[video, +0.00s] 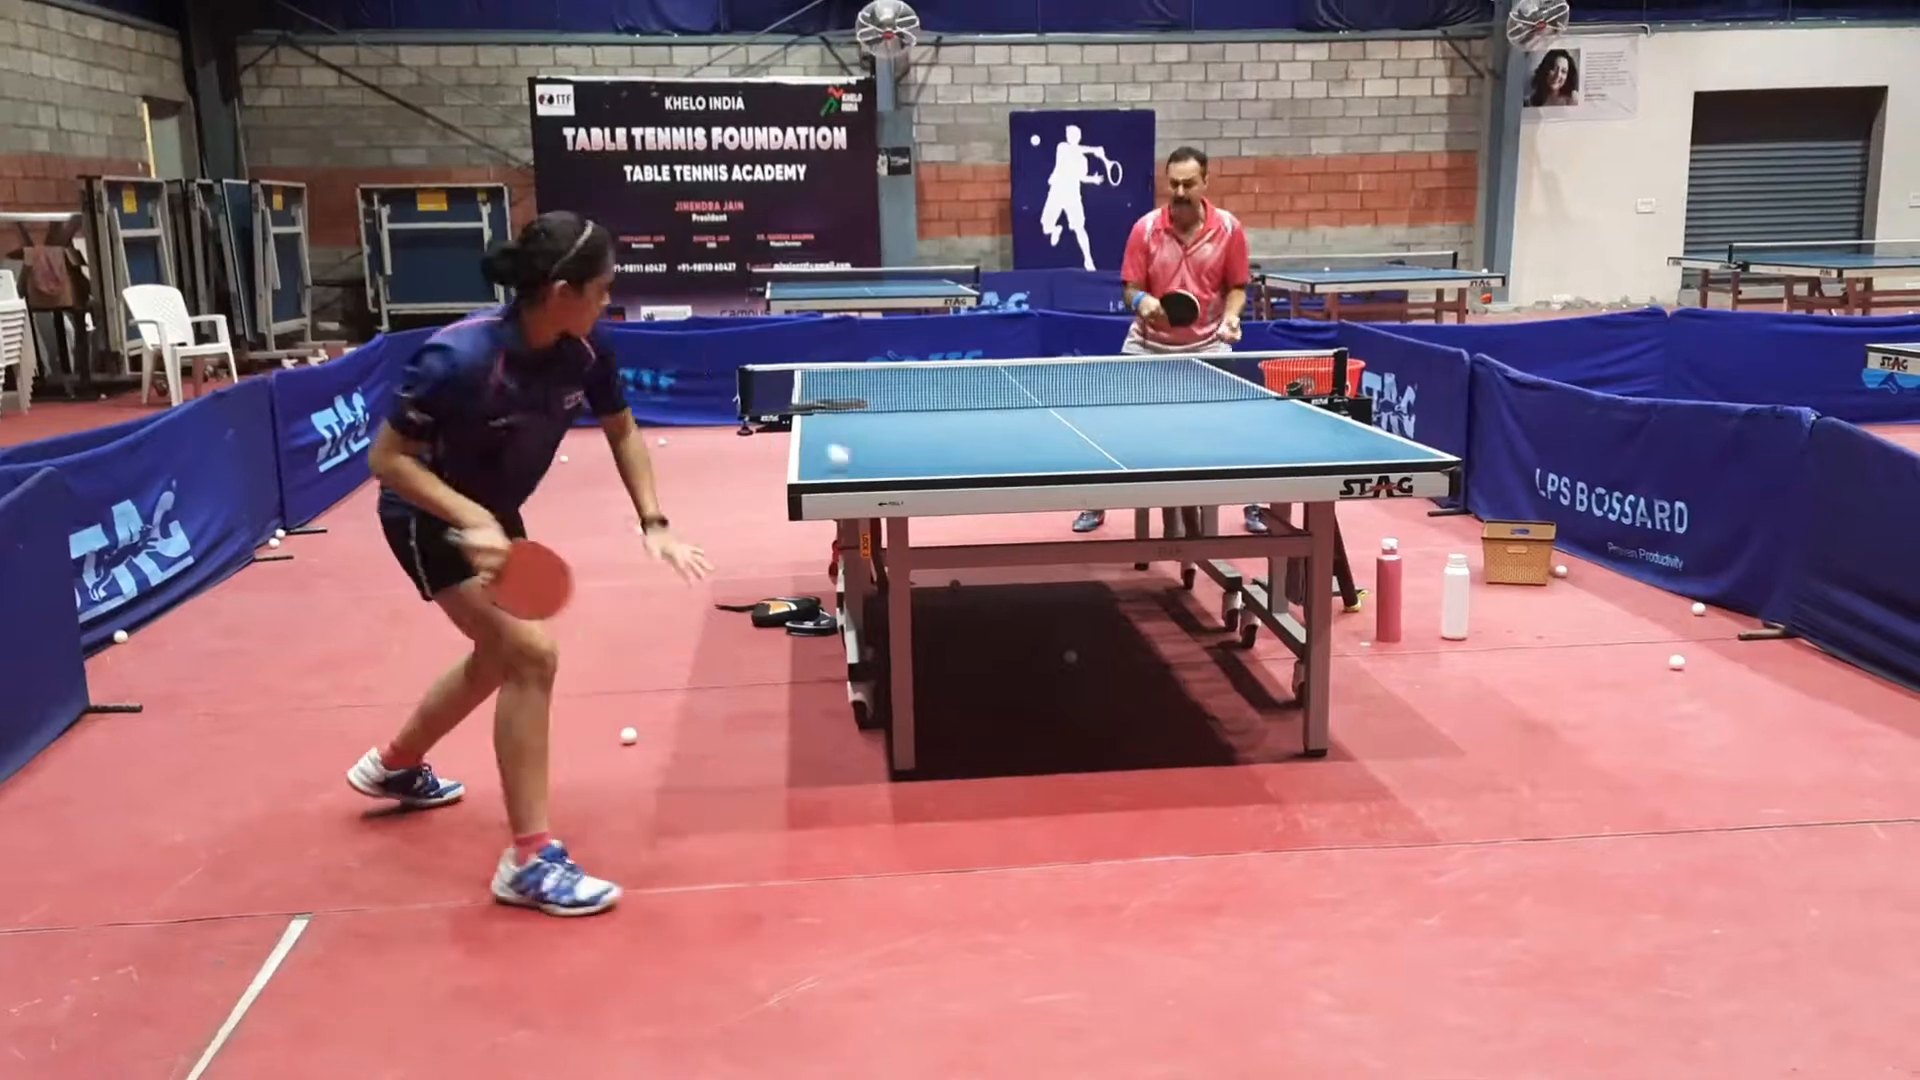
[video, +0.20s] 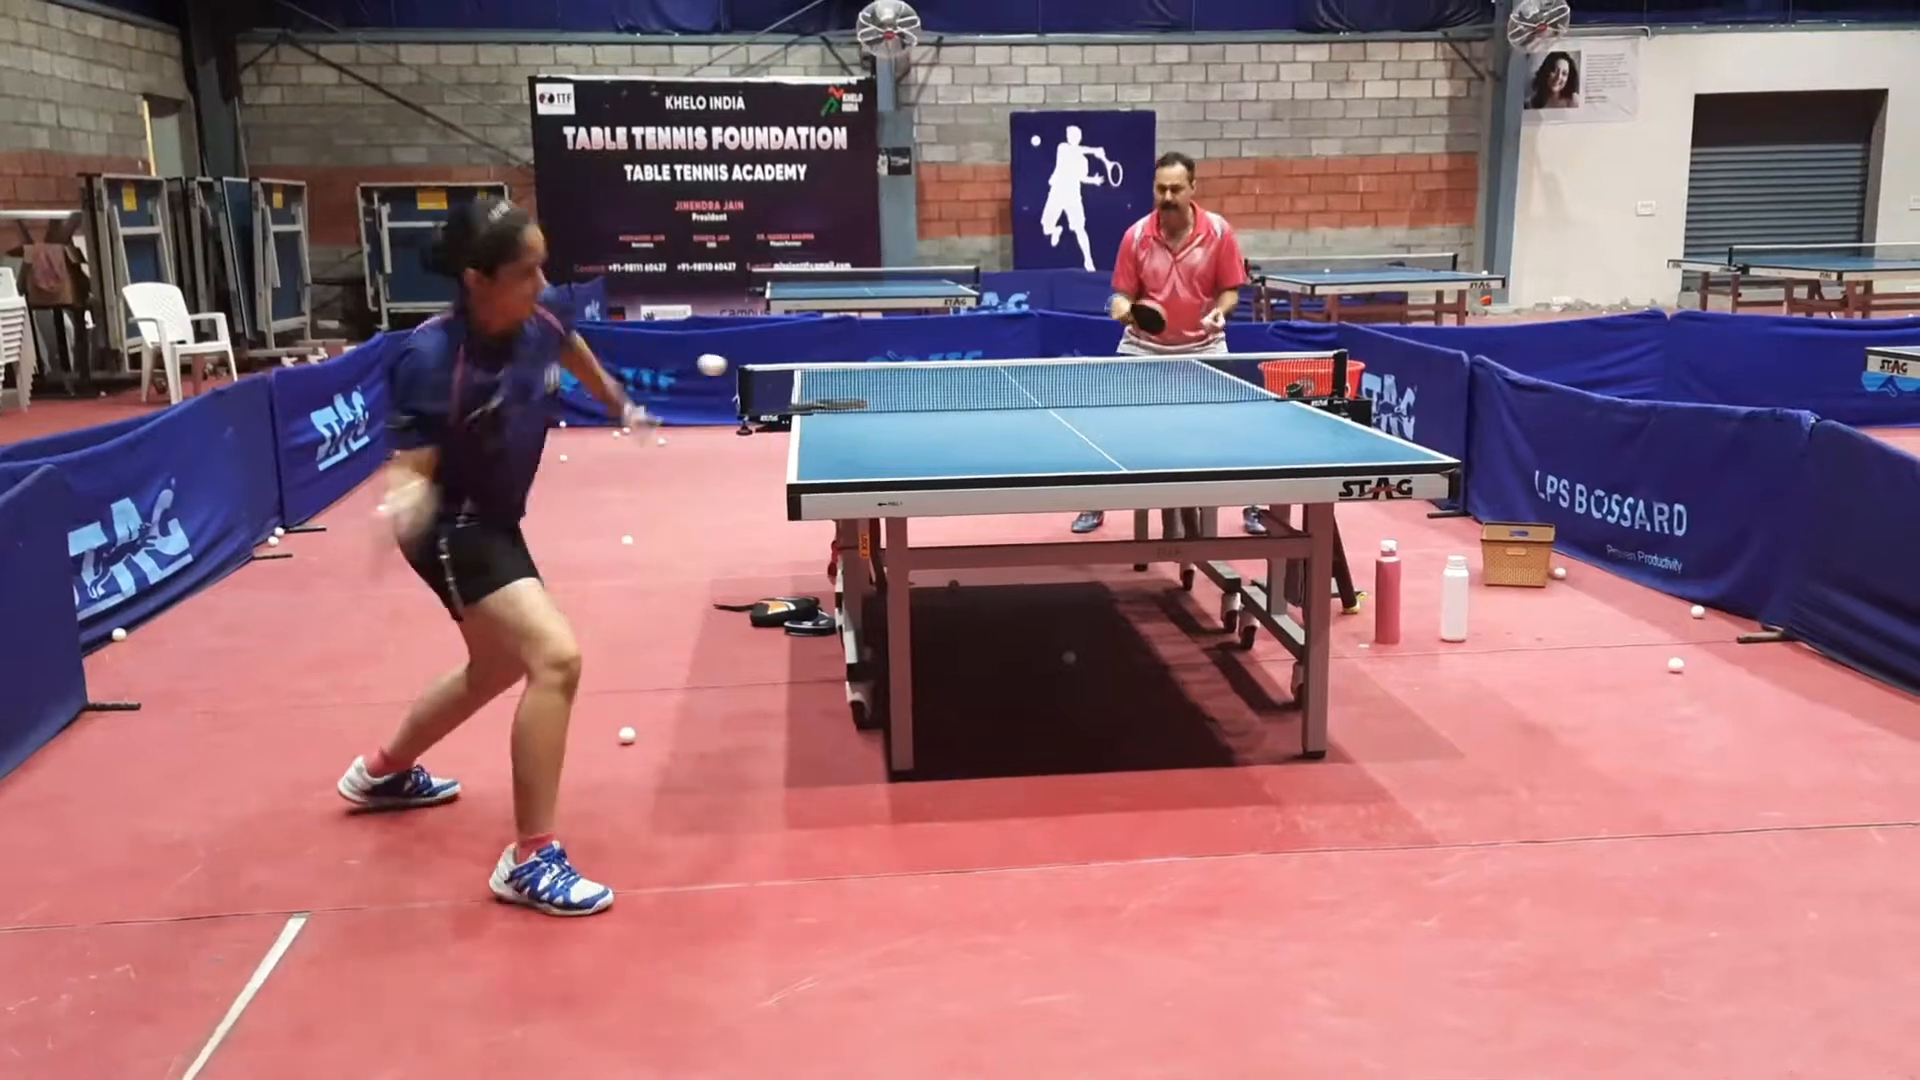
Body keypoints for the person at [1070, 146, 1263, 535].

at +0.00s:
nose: (1180, 192)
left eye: (1189, 184)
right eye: (1174, 184)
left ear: (1205, 184)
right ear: (1165, 184)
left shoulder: (1228, 228)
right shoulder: (1145, 228)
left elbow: (1237, 286)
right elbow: (1130, 288)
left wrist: (1231, 315)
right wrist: (1144, 301)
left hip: (1209, 345)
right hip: (1147, 344)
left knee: (1244, 414)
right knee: (1111, 413)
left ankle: (1255, 502)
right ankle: (1095, 502)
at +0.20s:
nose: (1167, 196)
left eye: (1175, 189)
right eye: (1160, 189)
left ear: (1192, 190)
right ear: (1153, 190)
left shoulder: (1218, 232)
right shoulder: (1136, 235)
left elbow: (1230, 289)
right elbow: (1120, 294)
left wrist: (1218, 312)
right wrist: (1125, 309)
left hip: (1205, 350)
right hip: (1141, 349)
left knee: (1240, 416)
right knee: (1108, 417)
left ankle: (1254, 503)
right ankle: (1094, 502)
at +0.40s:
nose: (1158, 203)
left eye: (1167, 195)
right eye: (1152, 195)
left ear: (1184, 194)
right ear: (1145, 195)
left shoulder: (1210, 233)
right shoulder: (1129, 240)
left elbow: (1229, 288)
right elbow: (1112, 299)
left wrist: (1217, 314)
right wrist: (1104, 324)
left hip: (1203, 350)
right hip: (1143, 349)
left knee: (1225, 424)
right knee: (1108, 418)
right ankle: (1093, 503)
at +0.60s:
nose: (1168, 219)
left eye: (1176, 210)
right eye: (1161, 210)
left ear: (1192, 207)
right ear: (1153, 208)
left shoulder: (1220, 245)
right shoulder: (1141, 251)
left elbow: (1238, 298)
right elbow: (1102, 305)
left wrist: (1230, 335)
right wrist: (1117, 305)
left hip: (1209, 358)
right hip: (1151, 357)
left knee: (1250, 418)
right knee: (1113, 418)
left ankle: (1257, 501)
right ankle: (1092, 503)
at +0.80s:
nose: (1167, 179)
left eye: (1175, 171)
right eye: (1161, 171)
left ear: (1190, 173)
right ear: (1152, 174)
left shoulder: (1214, 220)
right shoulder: (1135, 223)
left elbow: (1227, 279)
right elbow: (1092, 280)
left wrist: (1224, 331)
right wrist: (1115, 272)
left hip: (1203, 345)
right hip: (1144, 344)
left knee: (1247, 412)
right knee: (1109, 416)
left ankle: (1255, 502)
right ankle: (1091, 504)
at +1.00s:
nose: (1168, 165)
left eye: (1177, 158)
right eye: (1162, 158)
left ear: (1192, 163)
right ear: (1154, 162)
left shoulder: (1214, 216)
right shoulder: (1134, 216)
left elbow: (1224, 275)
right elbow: (1105, 274)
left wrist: (1213, 324)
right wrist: (1128, 291)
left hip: (1199, 343)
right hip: (1140, 342)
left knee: (1231, 416)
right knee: (1109, 417)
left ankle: (1253, 500)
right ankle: (1090, 503)